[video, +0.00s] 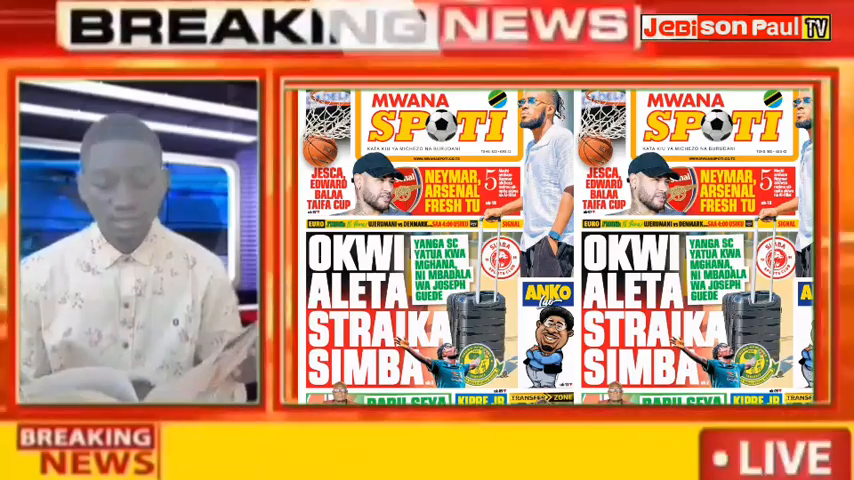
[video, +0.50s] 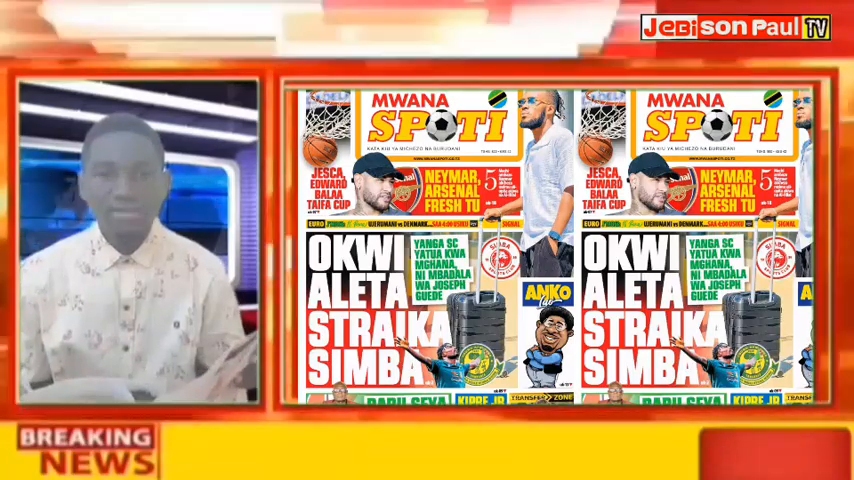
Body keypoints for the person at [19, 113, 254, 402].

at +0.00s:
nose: (124, 201)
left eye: (141, 182)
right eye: (104, 184)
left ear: (164, 181)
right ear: (81, 187)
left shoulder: (205, 273)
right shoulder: (36, 277)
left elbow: (229, 391)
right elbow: (25, 394)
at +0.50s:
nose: (124, 191)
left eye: (143, 174)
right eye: (105, 174)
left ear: (166, 184)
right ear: (82, 186)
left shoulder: (205, 273)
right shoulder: (37, 277)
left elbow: (232, 389)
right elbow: (21, 395)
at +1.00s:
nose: (113, 227)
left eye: (128, 208)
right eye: (95, 210)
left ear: (162, 195)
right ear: (74, 199)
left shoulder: (207, 286)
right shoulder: (36, 289)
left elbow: (231, 402)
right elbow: (32, 411)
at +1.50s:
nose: (135, 202)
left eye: (152, 185)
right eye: (119, 185)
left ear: (181, 187)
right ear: (94, 190)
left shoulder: (223, 277)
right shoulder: (55, 280)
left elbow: (251, 386)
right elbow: (46, 399)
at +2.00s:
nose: (147, 178)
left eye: (166, 163)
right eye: (130, 164)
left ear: (190, 183)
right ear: (110, 183)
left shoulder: (227, 274)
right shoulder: (62, 273)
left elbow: (238, 385)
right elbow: (45, 396)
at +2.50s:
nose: (137, 180)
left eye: (155, 167)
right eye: (119, 168)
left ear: (177, 184)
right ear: (98, 187)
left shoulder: (217, 273)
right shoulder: (58, 278)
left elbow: (253, 375)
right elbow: (39, 391)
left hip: (191, 445)